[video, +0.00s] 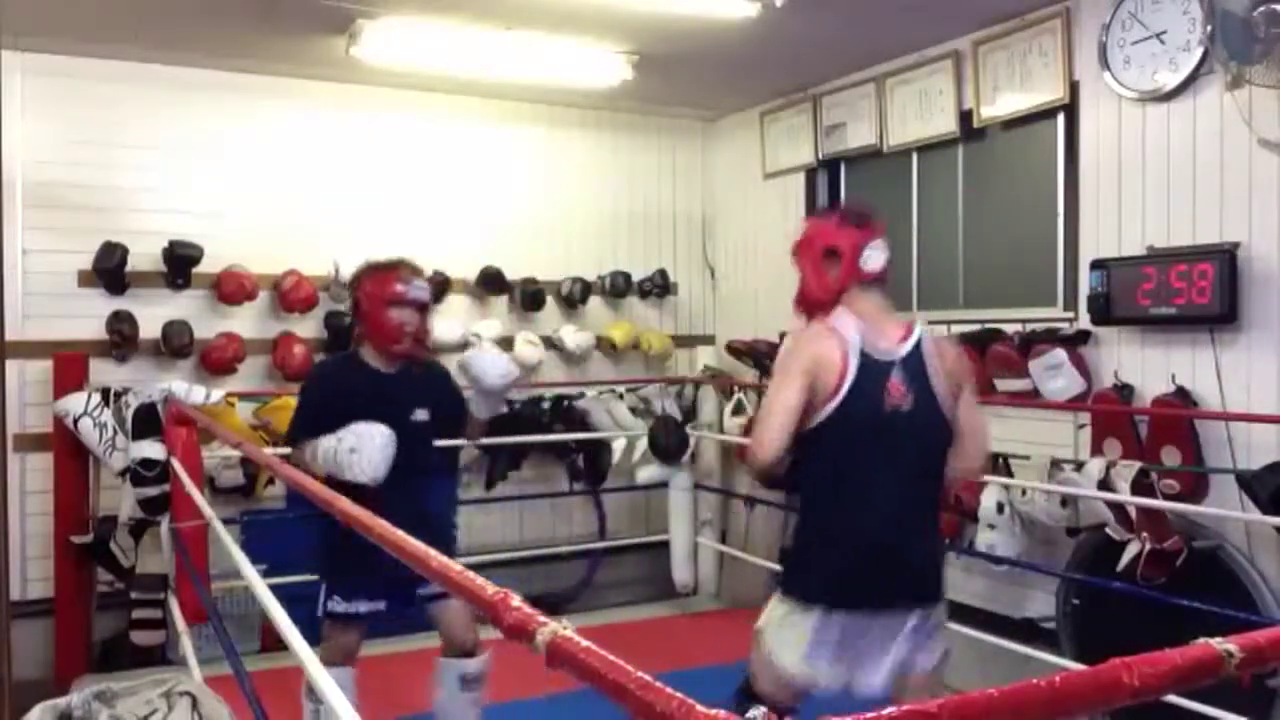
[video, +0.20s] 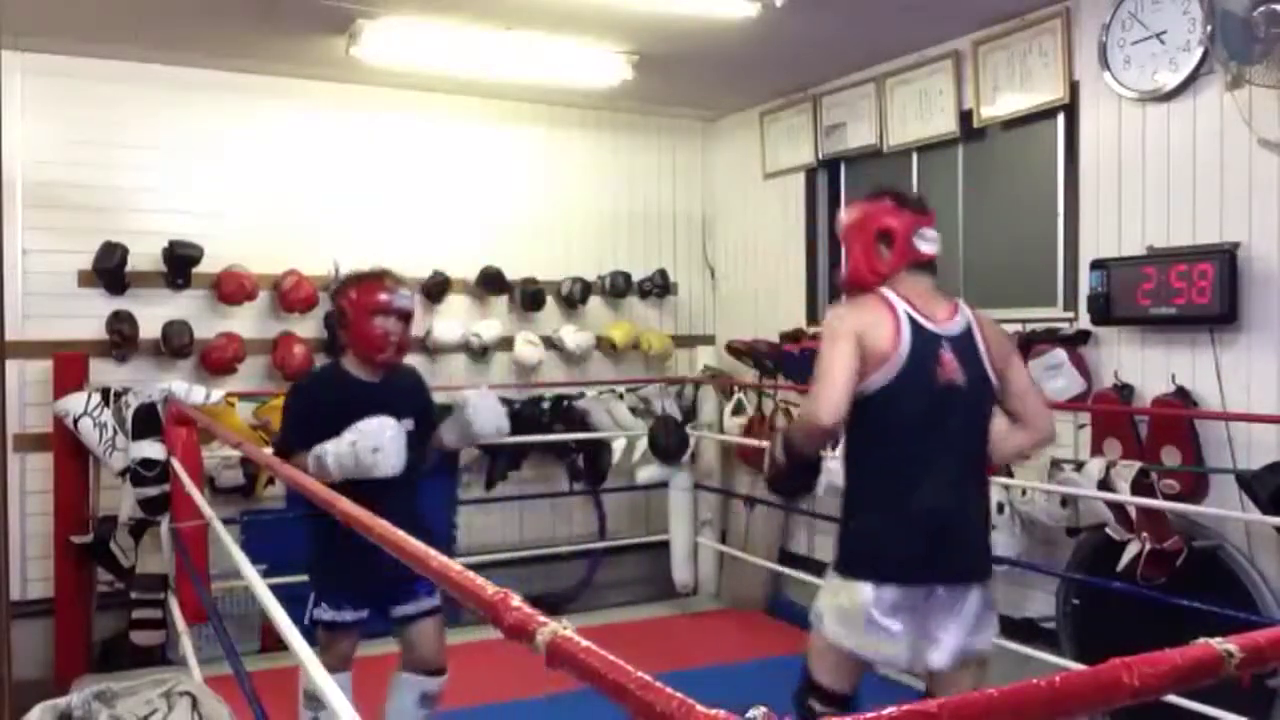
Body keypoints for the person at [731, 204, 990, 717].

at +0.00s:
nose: (800, 284)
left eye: (805, 268)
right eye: (801, 268)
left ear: (829, 267)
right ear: (878, 267)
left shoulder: (813, 343)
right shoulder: (941, 350)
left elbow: (765, 453)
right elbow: (971, 457)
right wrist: (902, 462)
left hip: (827, 580)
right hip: (915, 583)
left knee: (764, 705)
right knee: (920, 714)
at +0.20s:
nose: (843, 260)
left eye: (849, 245)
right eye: (844, 245)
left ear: (881, 244)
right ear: (924, 247)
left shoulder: (855, 317)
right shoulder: (977, 324)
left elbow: (824, 418)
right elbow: (1035, 424)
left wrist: (792, 442)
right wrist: (962, 452)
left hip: (878, 559)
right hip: (962, 558)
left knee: (822, 705)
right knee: (959, 713)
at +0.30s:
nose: (870, 310)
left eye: (875, 292)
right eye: (871, 293)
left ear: (904, 288)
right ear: (945, 287)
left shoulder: (891, 355)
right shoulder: (1004, 366)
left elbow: (849, 463)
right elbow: (1050, 478)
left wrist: (810, 484)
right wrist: (985, 502)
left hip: (900, 614)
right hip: (984, 613)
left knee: (861, 710)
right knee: (971, 719)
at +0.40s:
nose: (880, 322)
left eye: (886, 304)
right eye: (880, 305)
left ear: (918, 299)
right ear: (957, 299)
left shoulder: (910, 370)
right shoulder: (1018, 380)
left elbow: (883, 487)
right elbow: (1047, 509)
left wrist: (826, 507)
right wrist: (975, 516)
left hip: (916, 624)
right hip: (996, 623)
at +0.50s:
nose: (881, 313)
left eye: (883, 293)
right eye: (878, 295)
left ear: (916, 283)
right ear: (949, 278)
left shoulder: (926, 352)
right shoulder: (1010, 355)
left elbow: (903, 471)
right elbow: (992, 472)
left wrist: (840, 454)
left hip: (927, 605)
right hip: (1005, 603)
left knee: (842, 705)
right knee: (984, 718)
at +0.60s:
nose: (878, 303)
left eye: (879, 286)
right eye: (873, 288)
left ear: (910, 275)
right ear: (938, 268)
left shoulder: (938, 342)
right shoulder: (1000, 342)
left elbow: (888, 457)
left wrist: (829, 395)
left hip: (929, 588)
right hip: (1006, 589)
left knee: (816, 700)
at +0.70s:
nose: (866, 310)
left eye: (868, 294)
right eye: (862, 296)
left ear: (902, 283)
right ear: (924, 274)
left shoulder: (937, 353)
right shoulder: (991, 347)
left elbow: (868, 457)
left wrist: (820, 384)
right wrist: (852, 373)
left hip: (932, 597)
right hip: (1003, 595)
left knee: (821, 700)